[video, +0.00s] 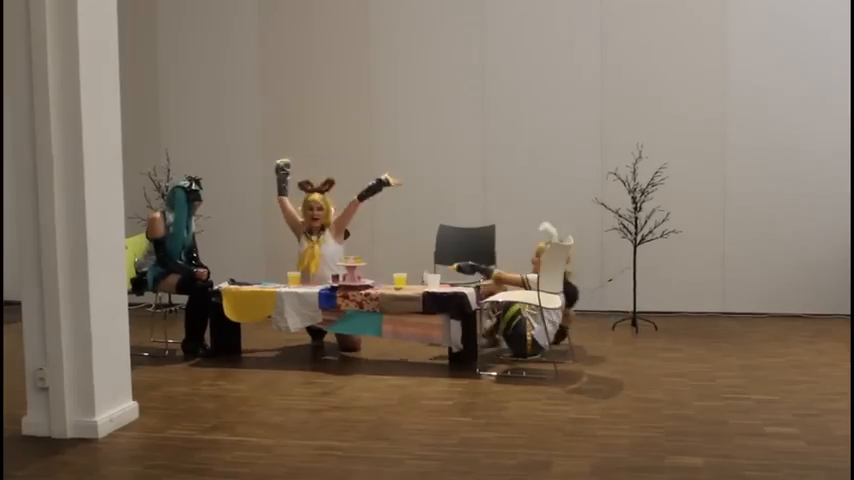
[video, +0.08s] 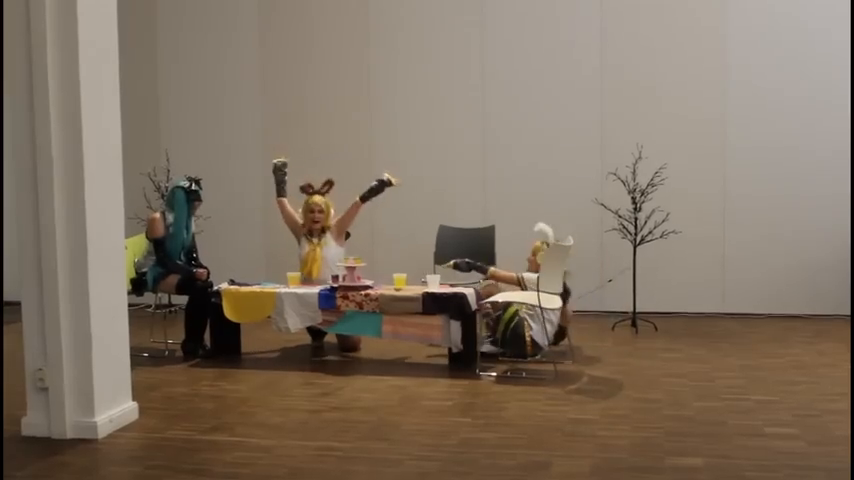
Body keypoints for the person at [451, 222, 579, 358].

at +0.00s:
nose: (533, 259)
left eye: (538, 256)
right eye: (535, 256)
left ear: (549, 262)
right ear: (547, 263)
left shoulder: (547, 281)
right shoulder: (550, 284)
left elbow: (503, 279)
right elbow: (507, 282)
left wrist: (479, 268)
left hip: (528, 344)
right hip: (529, 345)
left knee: (501, 288)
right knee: (504, 289)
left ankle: (490, 334)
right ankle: (491, 334)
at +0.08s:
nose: (528, 258)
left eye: (532, 255)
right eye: (530, 254)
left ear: (541, 262)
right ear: (542, 262)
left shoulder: (541, 280)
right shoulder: (557, 287)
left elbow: (499, 276)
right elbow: (565, 320)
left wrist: (472, 265)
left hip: (522, 341)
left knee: (492, 288)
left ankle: (457, 304)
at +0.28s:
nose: (516, 258)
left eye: (519, 255)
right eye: (518, 254)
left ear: (526, 258)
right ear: (536, 259)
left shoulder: (530, 275)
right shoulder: (548, 280)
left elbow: (492, 272)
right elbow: (562, 316)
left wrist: (465, 262)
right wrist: (553, 338)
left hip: (523, 341)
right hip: (532, 343)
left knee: (486, 293)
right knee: (488, 295)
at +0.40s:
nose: (509, 257)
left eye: (513, 251)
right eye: (511, 252)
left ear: (523, 255)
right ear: (530, 257)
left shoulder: (524, 272)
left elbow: (490, 271)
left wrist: (466, 260)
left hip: (522, 338)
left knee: (472, 319)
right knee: (474, 318)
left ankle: (468, 359)